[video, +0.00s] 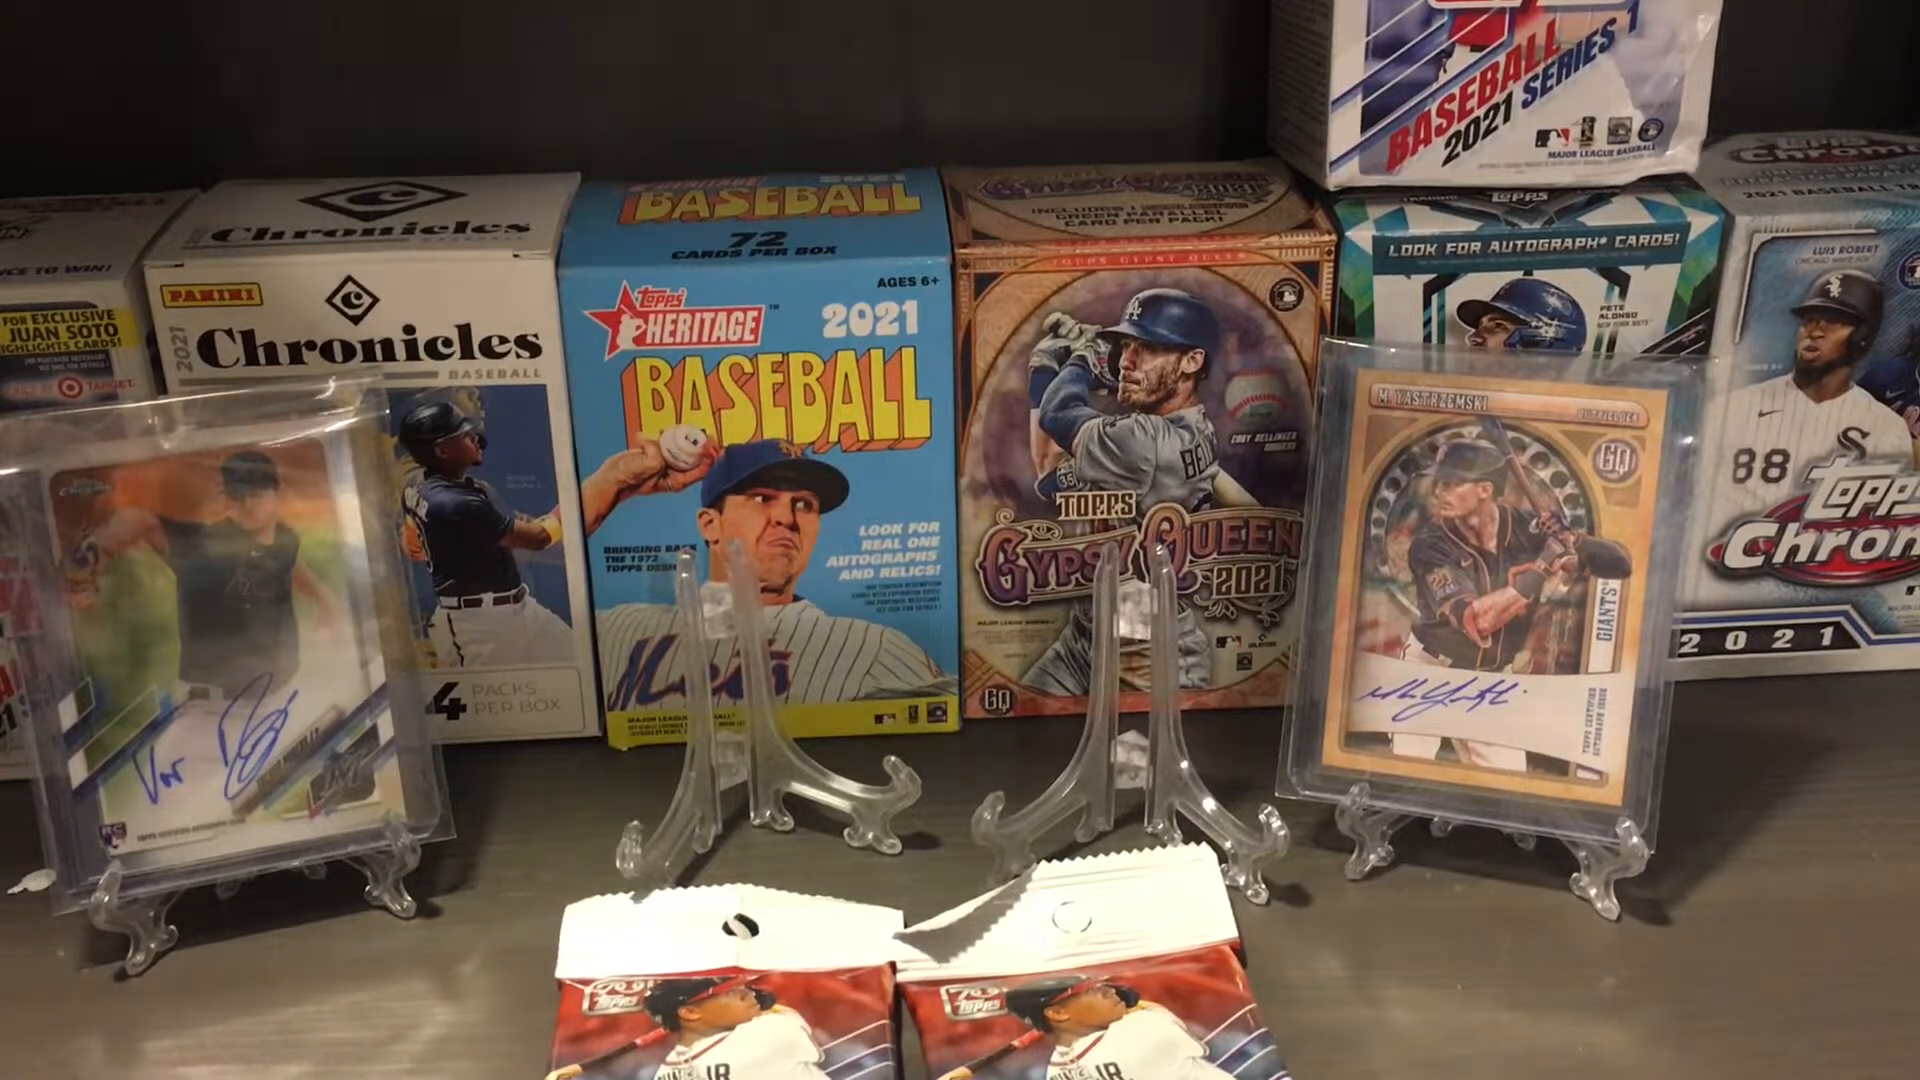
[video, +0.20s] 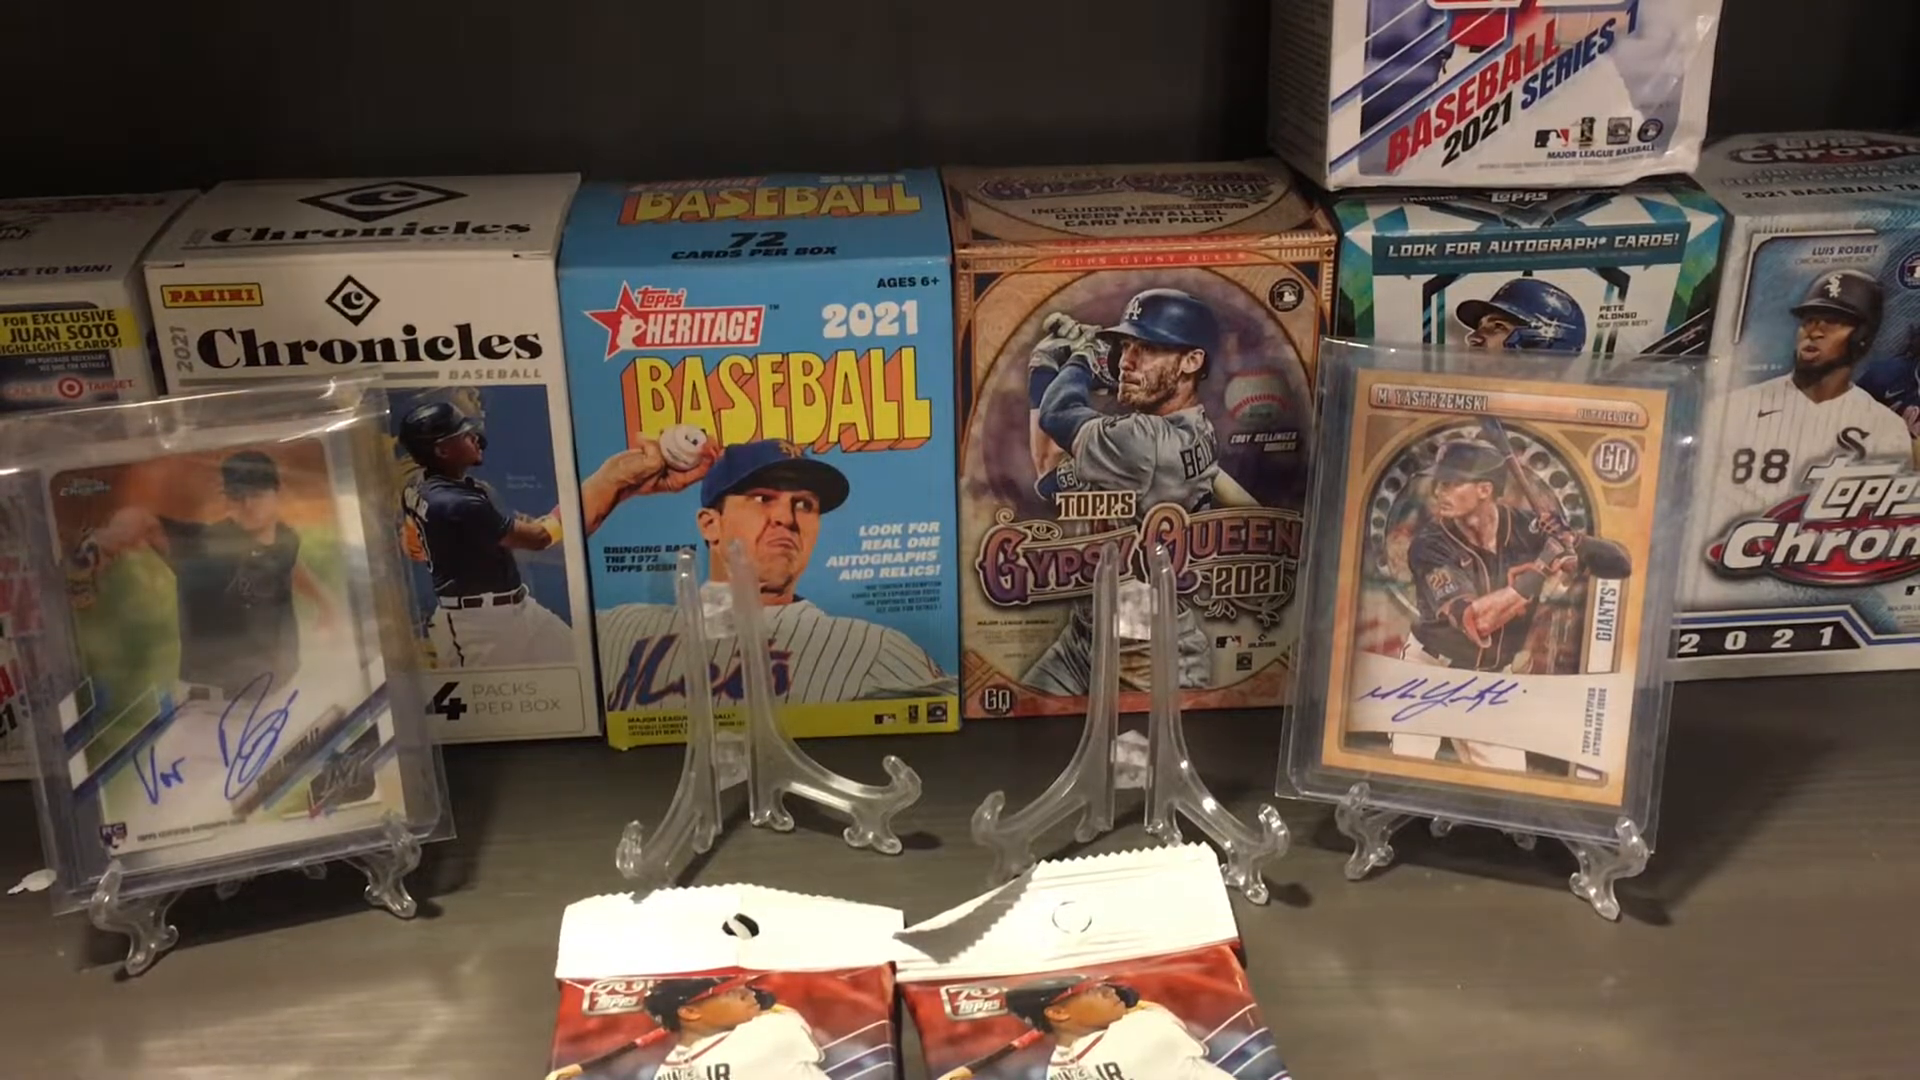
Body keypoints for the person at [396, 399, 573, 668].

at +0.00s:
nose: (474, 435)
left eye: (468, 429)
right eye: (464, 433)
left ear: (443, 451)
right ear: (442, 450)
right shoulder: (461, 506)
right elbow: (539, 537)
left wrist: (538, 523)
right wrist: (570, 510)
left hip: (520, 610)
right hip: (474, 623)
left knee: (588, 664)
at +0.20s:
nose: (474, 435)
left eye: (468, 429)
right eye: (463, 433)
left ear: (442, 451)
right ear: (442, 450)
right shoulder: (461, 506)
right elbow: (539, 537)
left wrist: (534, 524)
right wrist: (569, 511)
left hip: (520, 610)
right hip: (474, 624)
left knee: (589, 664)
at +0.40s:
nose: (474, 435)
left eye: (468, 429)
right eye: (463, 433)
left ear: (442, 451)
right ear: (442, 450)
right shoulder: (461, 506)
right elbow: (539, 537)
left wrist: (534, 524)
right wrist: (570, 510)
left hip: (520, 610)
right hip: (475, 624)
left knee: (589, 664)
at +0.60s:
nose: (474, 435)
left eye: (468, 430)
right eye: (463, 433)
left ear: (443, 451)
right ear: (442, 450)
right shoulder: (460, 507)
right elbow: (538, 537)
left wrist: (535, 524)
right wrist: (572, 507)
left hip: (520, 609)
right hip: (475, 623)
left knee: (587, 662)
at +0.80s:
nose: (474, 436)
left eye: (468, 430)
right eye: (464, 433)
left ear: (443, 451)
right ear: (442, 450)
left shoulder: (421, 488)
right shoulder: (460, 506)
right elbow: (538, 537)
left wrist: (531, 524)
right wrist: (574, 506)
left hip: (520, 609)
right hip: (475, 623)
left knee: (587, 662)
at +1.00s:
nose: (475, 435)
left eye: (468, 430)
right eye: (464, 433)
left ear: (443, 451)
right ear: (442, 450)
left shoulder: (421, 489)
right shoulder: (461, 506)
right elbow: (538, 537)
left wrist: (533, 523)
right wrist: (573, 506)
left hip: (521, 609)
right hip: (477, 623)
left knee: (587, 663)